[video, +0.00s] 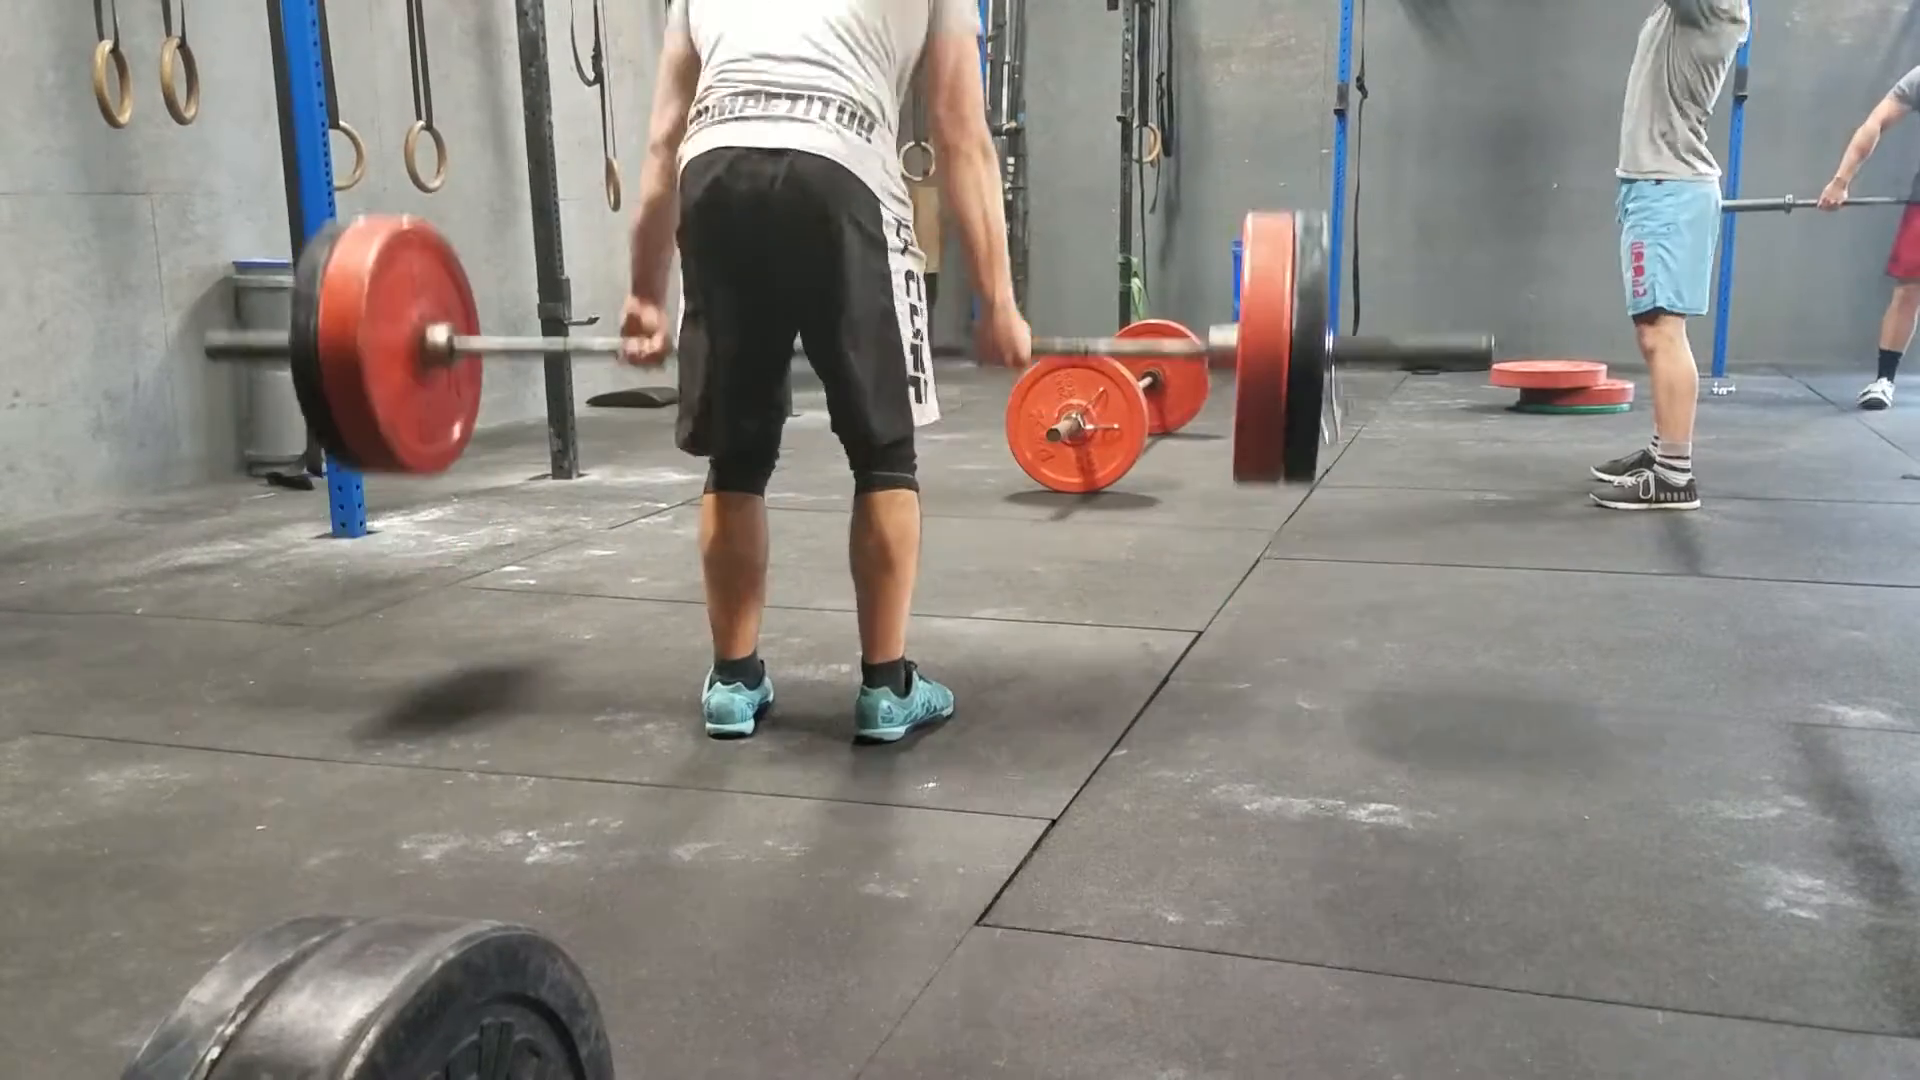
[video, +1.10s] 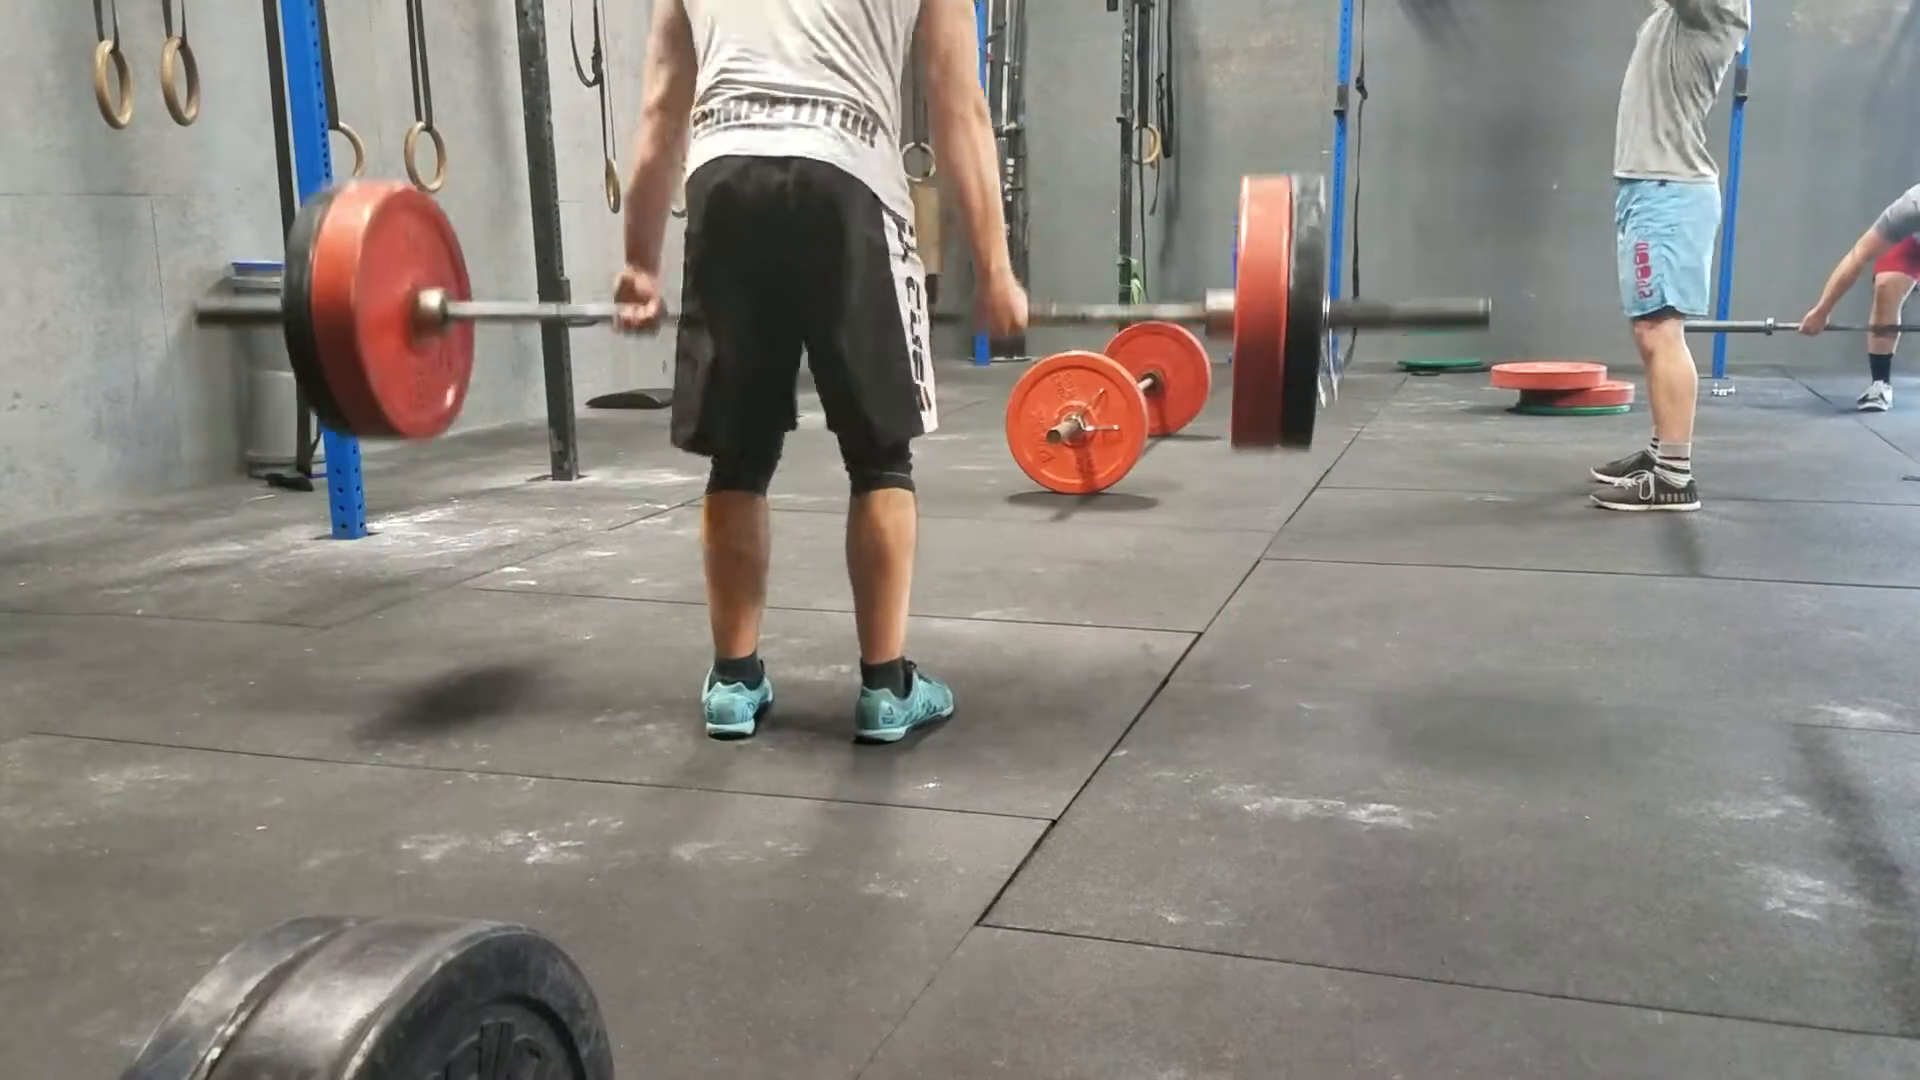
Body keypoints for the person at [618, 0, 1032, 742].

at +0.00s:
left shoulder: (701, 6)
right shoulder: (937, 5)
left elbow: (665, 146)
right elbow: (961, 139)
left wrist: (645, 293)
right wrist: (998, 301)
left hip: (715, 178)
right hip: (840, 181)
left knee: (735, 458)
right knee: (884, 454)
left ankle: (732, 681)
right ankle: (885, 686)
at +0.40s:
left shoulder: (704, 10)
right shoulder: (932, 8)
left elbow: (669, 171)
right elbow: (960, 187)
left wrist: (651, 340)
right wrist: (996, 352)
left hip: (709, 207)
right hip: (832, 204)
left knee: (730, 460)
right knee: (890, 457)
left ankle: (732, 681)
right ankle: (885, 687)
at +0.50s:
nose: (907, 27)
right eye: (910, 21)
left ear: (810, 15)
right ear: (901, 19)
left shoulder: (732, 63)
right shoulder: (931, 84)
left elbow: (676, 254)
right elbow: (963, 277)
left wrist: (656, 425)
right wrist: (998, 443)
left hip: (703, 224)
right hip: (834, 226)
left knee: (725, 476)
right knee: (895, 466)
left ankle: (733, 682)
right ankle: (884, 686)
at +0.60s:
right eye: (910, 131)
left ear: (820, 114)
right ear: (905, 126)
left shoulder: (743, 146)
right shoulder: (931, 178)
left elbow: (678, 391)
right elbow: (968, 371)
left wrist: (661, 509)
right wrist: (1001, 529)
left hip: (700, 261)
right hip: (839, 267)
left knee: (729, 472)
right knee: (908, 469)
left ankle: (736, 680)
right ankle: (886, 683)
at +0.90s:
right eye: (911, 38)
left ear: (822, 30)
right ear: (905, 38)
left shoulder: (741, 68)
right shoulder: (931, 94)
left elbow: (668, 270)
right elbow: (965, 269)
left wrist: (648, 415)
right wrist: (998, 428)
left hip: (701, 207)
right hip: (829, 214)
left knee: (732, 468)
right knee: (889, 461)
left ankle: (731, 682)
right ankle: (884, 687)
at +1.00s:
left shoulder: (713, 15)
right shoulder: (930, 11)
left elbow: (659, 219)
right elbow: (965, 184)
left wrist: (647, 338)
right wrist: (998, 342)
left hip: (709, 189)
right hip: (834, 189)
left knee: (731, 462)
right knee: (885, 459)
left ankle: (731, 682)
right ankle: (885, 687)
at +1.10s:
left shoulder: (689, 5)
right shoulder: (929, 4)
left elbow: (660, 118)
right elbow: (960, 111)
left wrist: (639, 261)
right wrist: (995, 267)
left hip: (725, 180)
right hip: (847, 182)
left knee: (737, 453)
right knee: (880, 454)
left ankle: (732, 681)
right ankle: (885, 686)